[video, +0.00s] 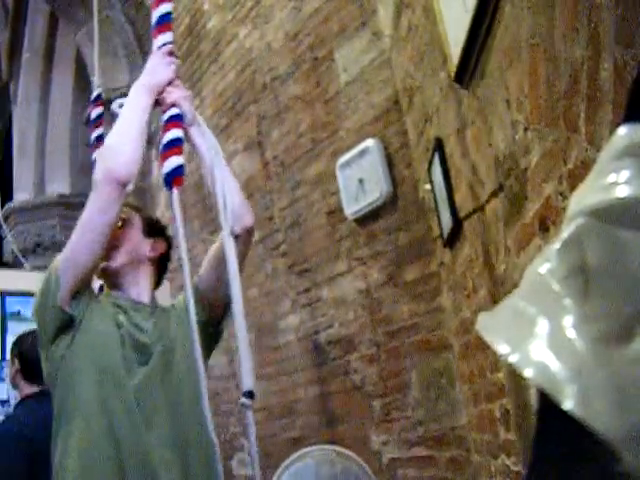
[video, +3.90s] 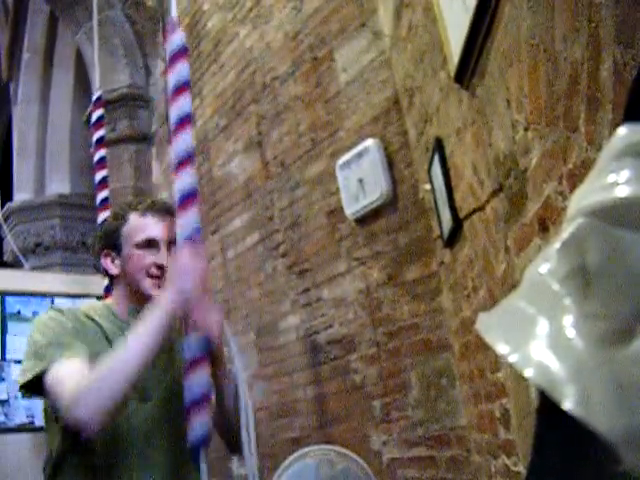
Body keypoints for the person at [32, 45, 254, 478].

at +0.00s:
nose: (110, 231)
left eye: (124, 223)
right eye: (107, 224)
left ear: (156, 247)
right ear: (96, 244)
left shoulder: (188, 323)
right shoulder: (68, 317)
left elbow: (240, 224)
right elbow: (113, 176)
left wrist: (193, 125)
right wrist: (144, 88)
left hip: (188, 471)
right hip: (90, 470)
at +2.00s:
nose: (100, 240)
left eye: (114, 231)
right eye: (100, 232)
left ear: (144, 248)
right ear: (87, 248)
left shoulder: (183, 320)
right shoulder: (66, 323)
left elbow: (247, 228)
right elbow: (111, 191)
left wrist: (195, 135)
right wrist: (148, 101)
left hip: (192, 470)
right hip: (93, 470)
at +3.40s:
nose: (148, 239)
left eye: (155, 231)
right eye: (137, 232)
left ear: (163, 244)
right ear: (108, 242)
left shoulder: (184, 331)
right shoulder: (65, 325)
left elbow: (251, 280)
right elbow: (126, 237)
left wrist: (193, 191)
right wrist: (142, 154)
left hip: (185, 471)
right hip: (94, 471)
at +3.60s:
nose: (153, 246)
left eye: (159, 235)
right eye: (136, 233)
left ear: (168, 249)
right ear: (97, 255)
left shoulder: (177, 326)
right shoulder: (58, 318)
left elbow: (252, 328)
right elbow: (127, 280)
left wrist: (200, 220)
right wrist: (149, 183)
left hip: (178, 471)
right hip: (90, 471)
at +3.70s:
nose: (152, 242)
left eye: (158, 235)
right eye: (135, 233)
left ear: (169, 251)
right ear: (104, 258)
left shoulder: (178, 334)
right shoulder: (53, 322)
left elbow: (252, 362)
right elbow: (119, 315)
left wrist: (204, 241)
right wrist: (157, 207)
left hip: (176, 472)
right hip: (85, 472)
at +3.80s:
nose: (160, 251)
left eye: (165, 241)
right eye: (143, 240)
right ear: (108, 259)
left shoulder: (180, 332)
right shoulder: (56, 321)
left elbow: (243, 402)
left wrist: (212, 280)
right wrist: (165, 243)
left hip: (175, 473)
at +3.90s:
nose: (163, 261)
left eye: (170, 248)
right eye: (148, 246)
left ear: (179, 256)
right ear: (111, 261)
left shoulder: (185, 332)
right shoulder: (60, 326)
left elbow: (237, 441)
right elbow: (86, 412)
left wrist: (217, 346)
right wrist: (170, 303)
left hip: (175, 473)